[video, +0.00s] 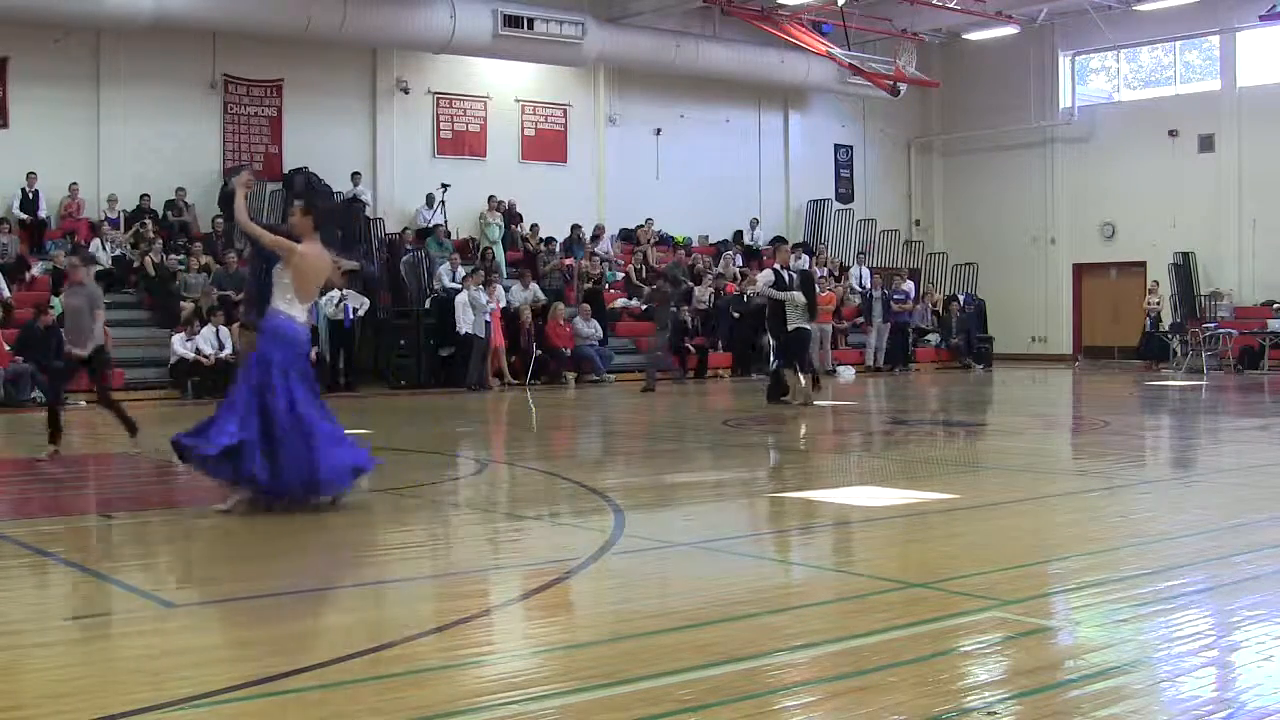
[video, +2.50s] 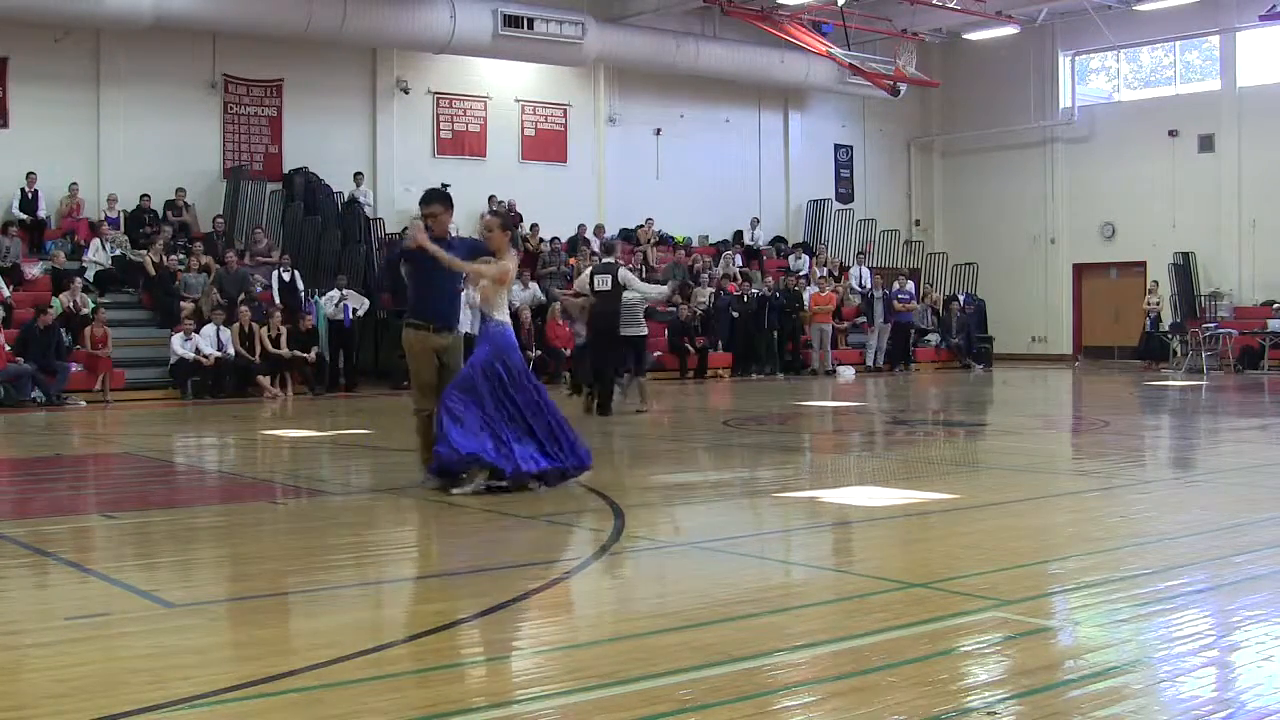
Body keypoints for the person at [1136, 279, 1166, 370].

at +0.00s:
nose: (1152, 288)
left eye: (1154, 286)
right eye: (1151, 286)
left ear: (1157, 287)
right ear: (1150, 287)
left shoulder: (1160, 296)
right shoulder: (1148, 296)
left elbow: (1160, 308)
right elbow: (1144, 306)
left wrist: (1149, 308)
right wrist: (1155, 307)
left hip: (1157, 318)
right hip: (1149, 319)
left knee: (1156, 339)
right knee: (1148, 338)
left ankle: (1156, 362)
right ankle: (1149, 361)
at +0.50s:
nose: (1152, 288)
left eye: (1154, 286)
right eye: (1151, 286)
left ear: (1157, 287)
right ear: (1150, 287)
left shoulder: (1160, 296)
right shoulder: (1148, 296)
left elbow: (1160, 308)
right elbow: (1144, 306)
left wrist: (1149, 307)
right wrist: (1153, 307)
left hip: (1156, 318)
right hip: (1149, 318)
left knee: (1156, 337)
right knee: (1148, 337)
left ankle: (1156, 361)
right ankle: (1149, 360)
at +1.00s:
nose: (1151, 288)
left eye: (1153, 286)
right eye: (1150, 286)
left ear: (1157, 287)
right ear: (1149, 287)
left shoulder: (1159, 296)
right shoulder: (1147, 296)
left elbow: (1160, 308)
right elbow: (1143, 306)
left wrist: (1149, 308)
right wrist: (1153, 307)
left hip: (1156, 318)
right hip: (1148, 318)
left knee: (1156, 338)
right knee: (1148, 337)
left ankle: (1156, 361)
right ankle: (1149, 360)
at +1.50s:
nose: (1151, 288)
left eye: (1153, 286)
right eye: (1150, 286)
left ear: (1157, 287)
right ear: (1149, 287)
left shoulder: (1159, 296)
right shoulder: (1147, 296)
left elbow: (1160, 308)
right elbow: (1143, 306)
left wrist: (1149, 308)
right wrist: (1153, 307)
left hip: (1156, 318)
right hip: (1148, 318)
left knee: (1156, 337)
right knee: (1147, 337)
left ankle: (1155, 360)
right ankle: (1147, 360)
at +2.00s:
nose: (1152, 288)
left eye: (1153, 286)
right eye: (1150, 286)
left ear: (1157, 287)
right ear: (1149, 287)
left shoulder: (1160, 297)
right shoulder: (1148, 296)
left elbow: (1160, 308)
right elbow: (1144, 306)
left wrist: (1149, 308)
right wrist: (1154, 307)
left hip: (1156, 318)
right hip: (1149, 318)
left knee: (1156, 338)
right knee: (1148, 338)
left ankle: (1156, 361)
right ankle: (1148, 361)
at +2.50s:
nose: (1152, 288)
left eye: (1154, 286)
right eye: (1151, 286)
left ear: (1157, 287)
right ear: (1149, 287)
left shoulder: (1160, 297)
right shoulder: (1147, 297)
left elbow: (1160, 308)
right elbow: (1144, 306)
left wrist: (1150, 308)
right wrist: (1153, 307)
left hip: (1157, 318)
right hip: (1149, 318)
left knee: (1156, 338)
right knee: (1148, 338)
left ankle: (1156, 361)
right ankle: (1148, 361)